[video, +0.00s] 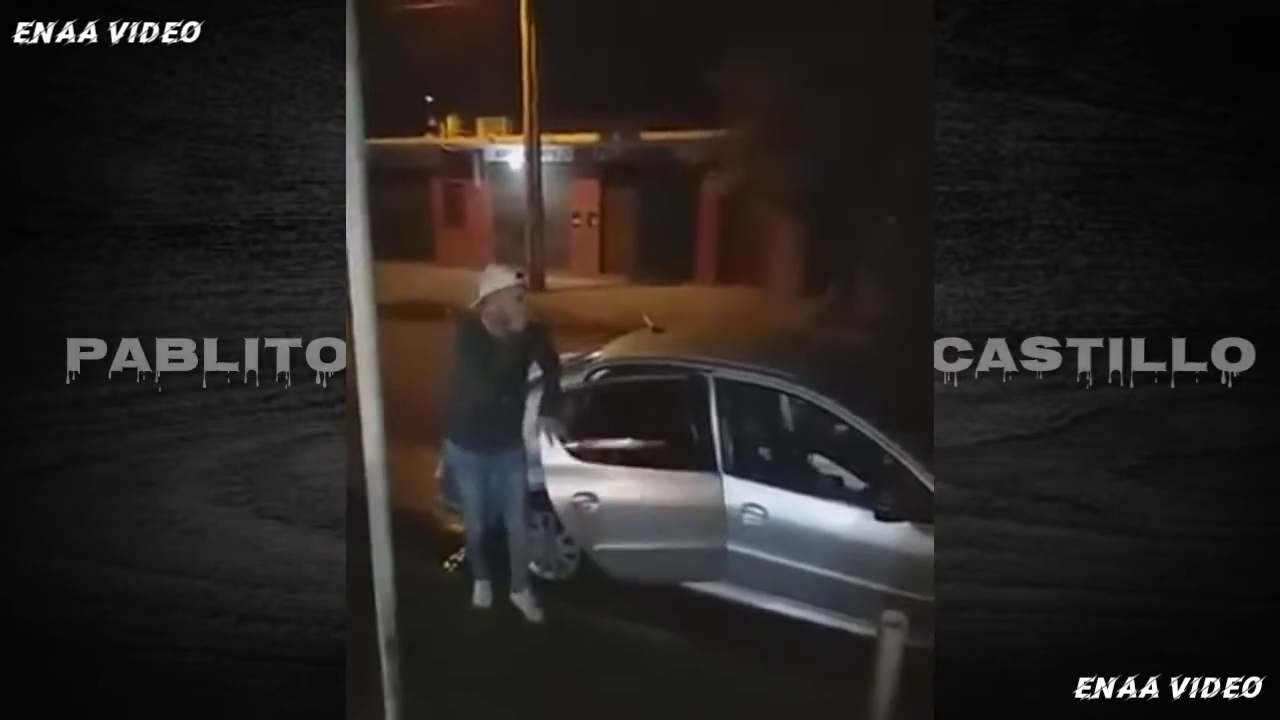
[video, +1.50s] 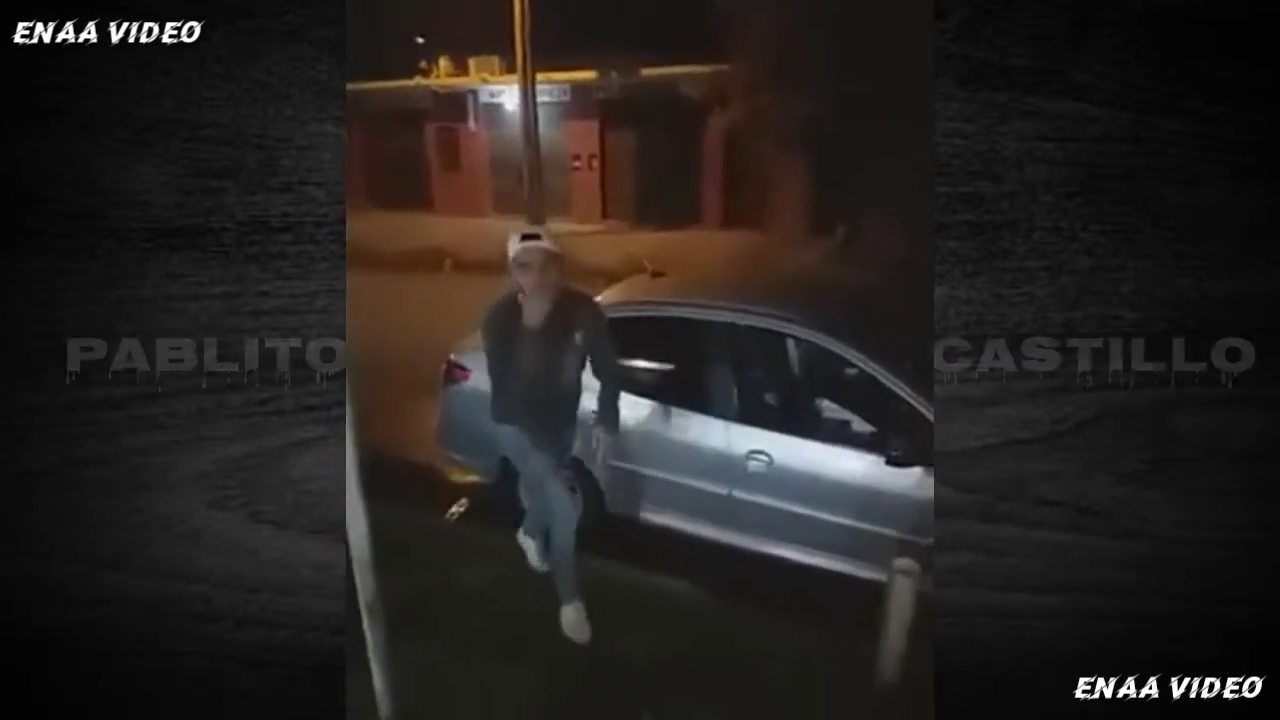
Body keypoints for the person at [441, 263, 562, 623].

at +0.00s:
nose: (521, 305)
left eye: (522, 297)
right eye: (514, 298)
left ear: (520, 300)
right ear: (491, 303)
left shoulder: (527, 335)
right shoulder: (469, 334)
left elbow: (552, 372)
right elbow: (470, 388)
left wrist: (548, 413)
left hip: (510, 444)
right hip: (468, 445)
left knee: (517, 522)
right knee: (476, 522)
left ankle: (520, 587)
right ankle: (480, 580)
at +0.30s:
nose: (562, 315)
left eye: (562, 308)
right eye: (556, 309)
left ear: (549, 312)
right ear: (534, 311)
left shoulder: (556, 346)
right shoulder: (510, 342)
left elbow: (574, 397)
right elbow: (529, 394)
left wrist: (564, 344)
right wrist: (558, 347)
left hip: (522, 432)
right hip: (482, 432)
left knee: (534, 506)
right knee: (496, 506)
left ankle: (534, 573)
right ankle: (494, 563)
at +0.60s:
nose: (572, 375)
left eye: (579, 369)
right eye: (570, 366)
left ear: (583, 371)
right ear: (560, 362)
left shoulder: (567, 396)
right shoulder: (526, 378)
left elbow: (542, 449)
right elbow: (537, 448)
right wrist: (568, 412)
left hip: (527, 453)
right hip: (487, 445)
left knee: (542, 515)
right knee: (508, 518)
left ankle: (537, 580)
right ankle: (499, 569)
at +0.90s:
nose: (579, 355)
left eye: (583, 348)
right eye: (573, 347)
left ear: (587, 346)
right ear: (553, 344)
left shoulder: (570, 364)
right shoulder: (521, 362)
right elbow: (516, 413)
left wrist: (586, 389)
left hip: (532, 437)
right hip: (491, 432)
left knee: (543, 507)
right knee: (522, 505)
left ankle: (531, 569)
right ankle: (504, 549)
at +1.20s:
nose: (551, 296)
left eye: (558, 288)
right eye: (545, 288)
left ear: (571, 291)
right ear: (536, 291)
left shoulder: (586, 328)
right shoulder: (518, 323)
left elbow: (595, 376)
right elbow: (510, 389)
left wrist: (594, 420)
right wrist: (543, 428)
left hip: (550, 418)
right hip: (506, 415)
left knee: (547, 484)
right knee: (541, 476)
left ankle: (537, 552)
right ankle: (560, 581)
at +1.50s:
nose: (530, 277)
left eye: (537, 267)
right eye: (522, 268)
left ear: (555, 269)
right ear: (512, 273)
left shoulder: (582, 309)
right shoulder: (500, 316)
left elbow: (608, 372)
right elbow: (499, 376)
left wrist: (607, 425)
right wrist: (508, 421)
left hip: (560, 419)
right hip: (513, 420)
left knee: (542, 483)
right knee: (564, 503)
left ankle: (531, 532)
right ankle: (570, 598)